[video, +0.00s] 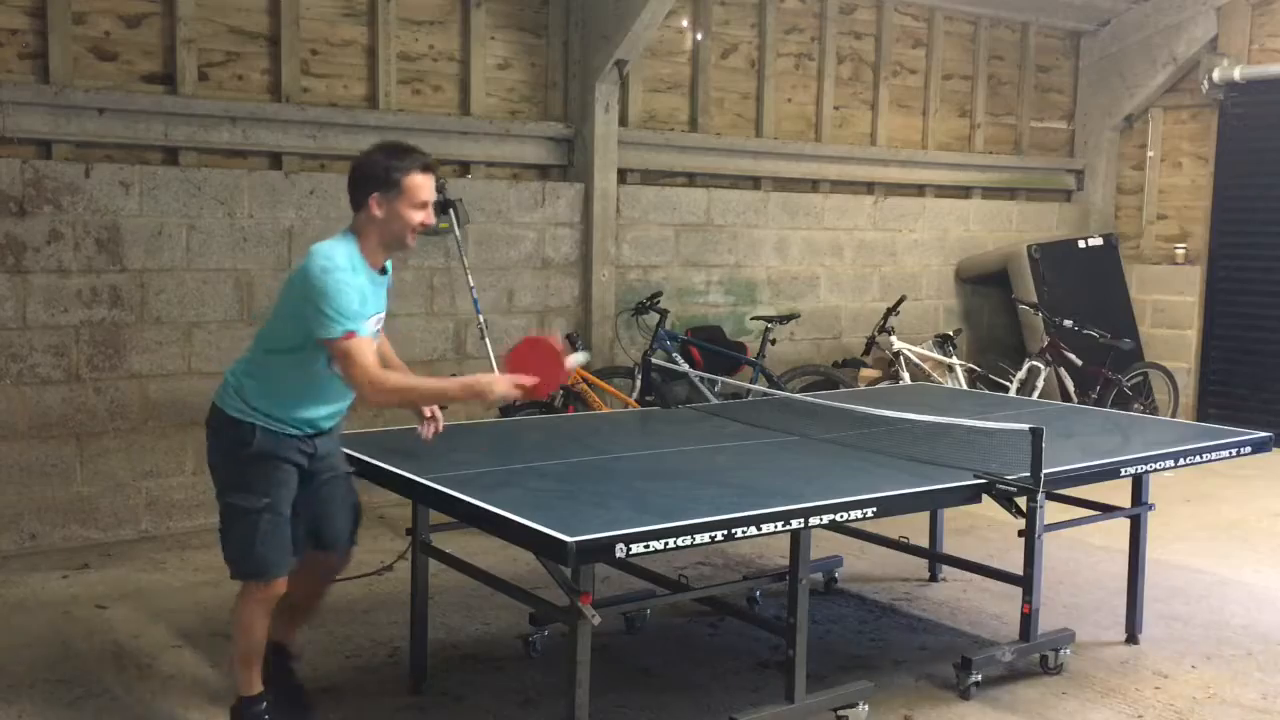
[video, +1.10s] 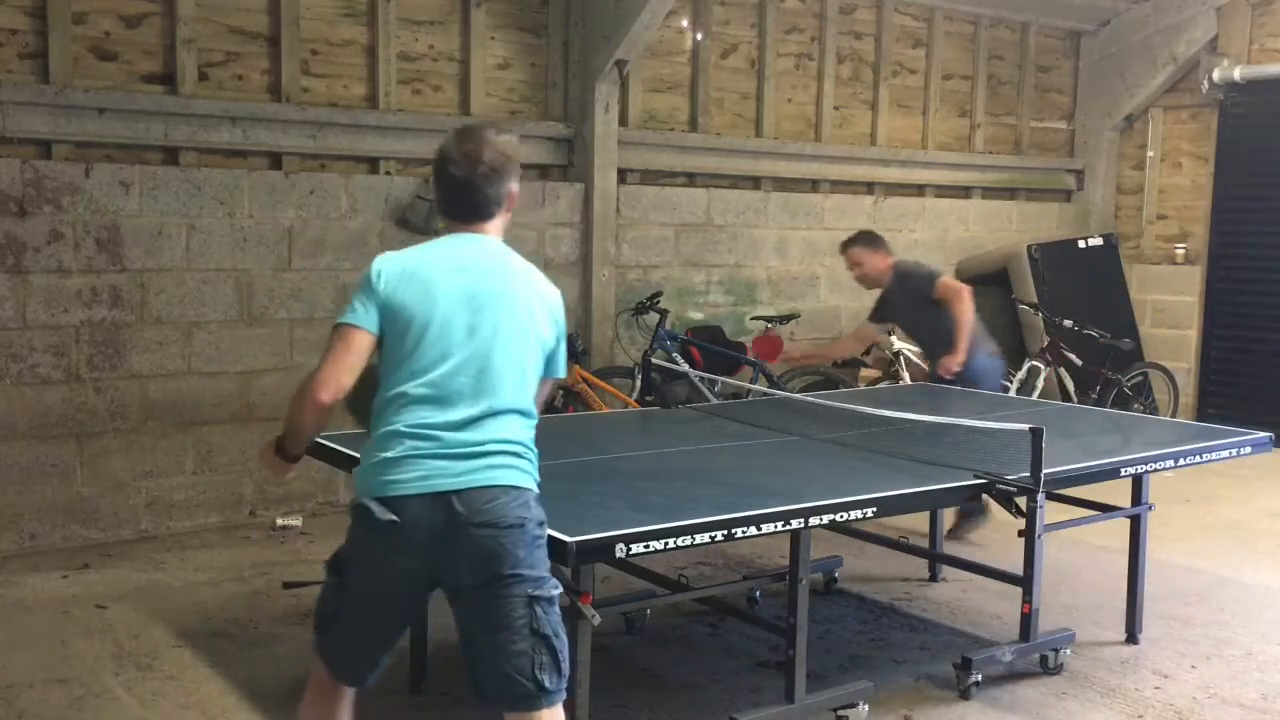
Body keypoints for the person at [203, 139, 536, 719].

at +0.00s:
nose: (429, 219)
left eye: (432, 207)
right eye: (419, 206)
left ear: (389, 209)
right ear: (374, 205)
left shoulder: (377, 265)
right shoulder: (330, 270)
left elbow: (375, 343)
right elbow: (370, 387)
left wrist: (417, 394)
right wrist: (474, 387)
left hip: (319, 429)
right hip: (258, 428)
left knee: (330, 549)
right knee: (267, 576)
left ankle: (274, 649)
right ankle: (248, 701)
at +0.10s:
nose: (450, 206)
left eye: (450, 194)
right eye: (444, 194)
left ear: (410, 199)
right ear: (408, 199)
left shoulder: (384, 260)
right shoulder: (360, 264)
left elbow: (354, 346)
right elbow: (420, 381)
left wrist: (403, 389)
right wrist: (513, 379)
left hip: (335, 438)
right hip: (270, 439)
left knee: (360, 565)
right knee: (268, 590)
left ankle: (336, 688)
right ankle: (250, 704)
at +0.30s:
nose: (490, 214)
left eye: (489, 202)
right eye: (488, 202)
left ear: (428, 206)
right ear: (470, 211)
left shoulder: (401, 270)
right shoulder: (426, 288)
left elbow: (367, 373)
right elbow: (483, 409)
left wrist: (428, 418)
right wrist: (559, 416)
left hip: (382, 469)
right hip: (323, 473)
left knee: (419, 607)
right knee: (353, 637)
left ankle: (401, 715)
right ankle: (273, 694)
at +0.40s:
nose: (511, 218)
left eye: (510, 206)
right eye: (510, 206)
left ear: (447, 210)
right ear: (494, 215)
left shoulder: (417, 273)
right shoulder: (459, 294)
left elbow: (407, 378)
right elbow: (496, 418)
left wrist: (467, 423)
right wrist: (567, 433)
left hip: (389, 470)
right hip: (353, 477)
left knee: (439, 609)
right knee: (429, 639)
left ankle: (404, 715)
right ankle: (335, 710)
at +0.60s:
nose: (542, 215)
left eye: (541, 204)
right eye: (542, 204)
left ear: (470, 209)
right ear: (533, 212)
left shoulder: (412, 283)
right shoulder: (524, 297)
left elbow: (354, 392)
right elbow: (530, 431)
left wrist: (426, 393)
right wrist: (566, 447)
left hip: (366, 482)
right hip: (436, 493)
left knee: (428, 636)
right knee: (503, 675)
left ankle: (407, 716)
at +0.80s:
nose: (566, 204)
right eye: (566, 195)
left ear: (490, 199)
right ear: (558, 206)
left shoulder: (419, 276)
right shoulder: (575, 303)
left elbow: (350, 390)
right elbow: (574, 448)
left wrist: (358, 452)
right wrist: (517, 434)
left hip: (399, 493)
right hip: (493, 500)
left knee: (419, 648)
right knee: (541, 684)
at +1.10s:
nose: (517, 191)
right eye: (517, 183)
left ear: (437, 194)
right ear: (512, 197)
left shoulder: (390, 271)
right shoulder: (543, 293)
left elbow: (327, 389)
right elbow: (537, 399)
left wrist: (291, 446)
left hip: (396, 506)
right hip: (500, 505)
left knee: (336, 676)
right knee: (537, 701)